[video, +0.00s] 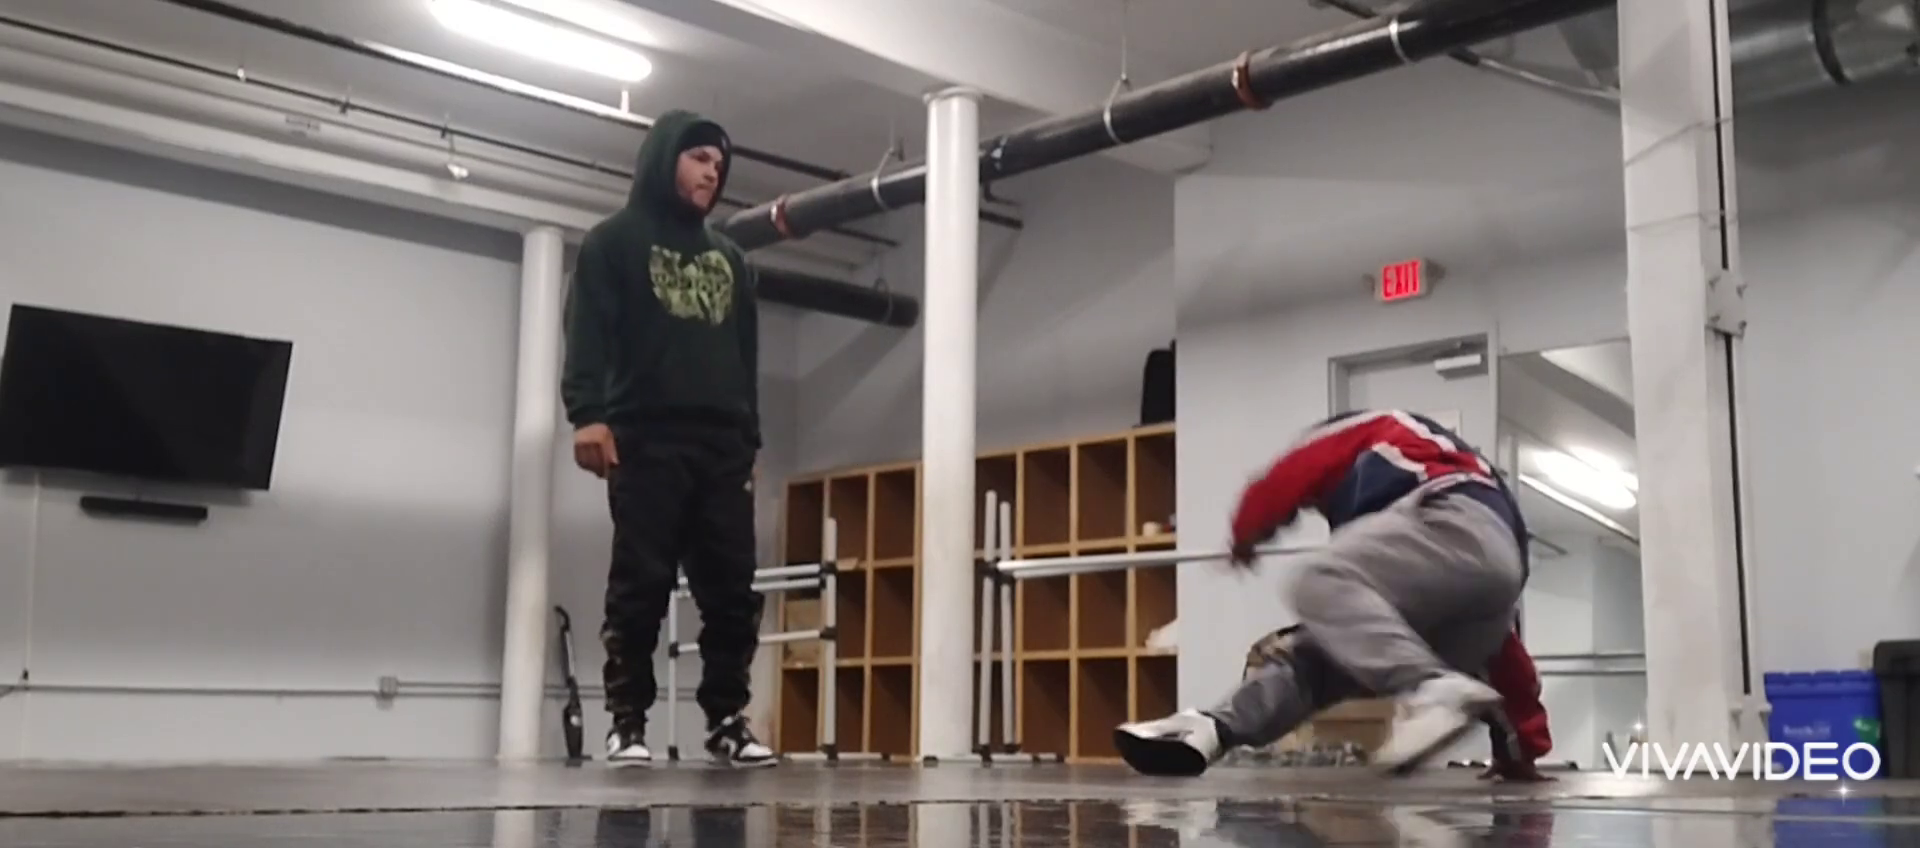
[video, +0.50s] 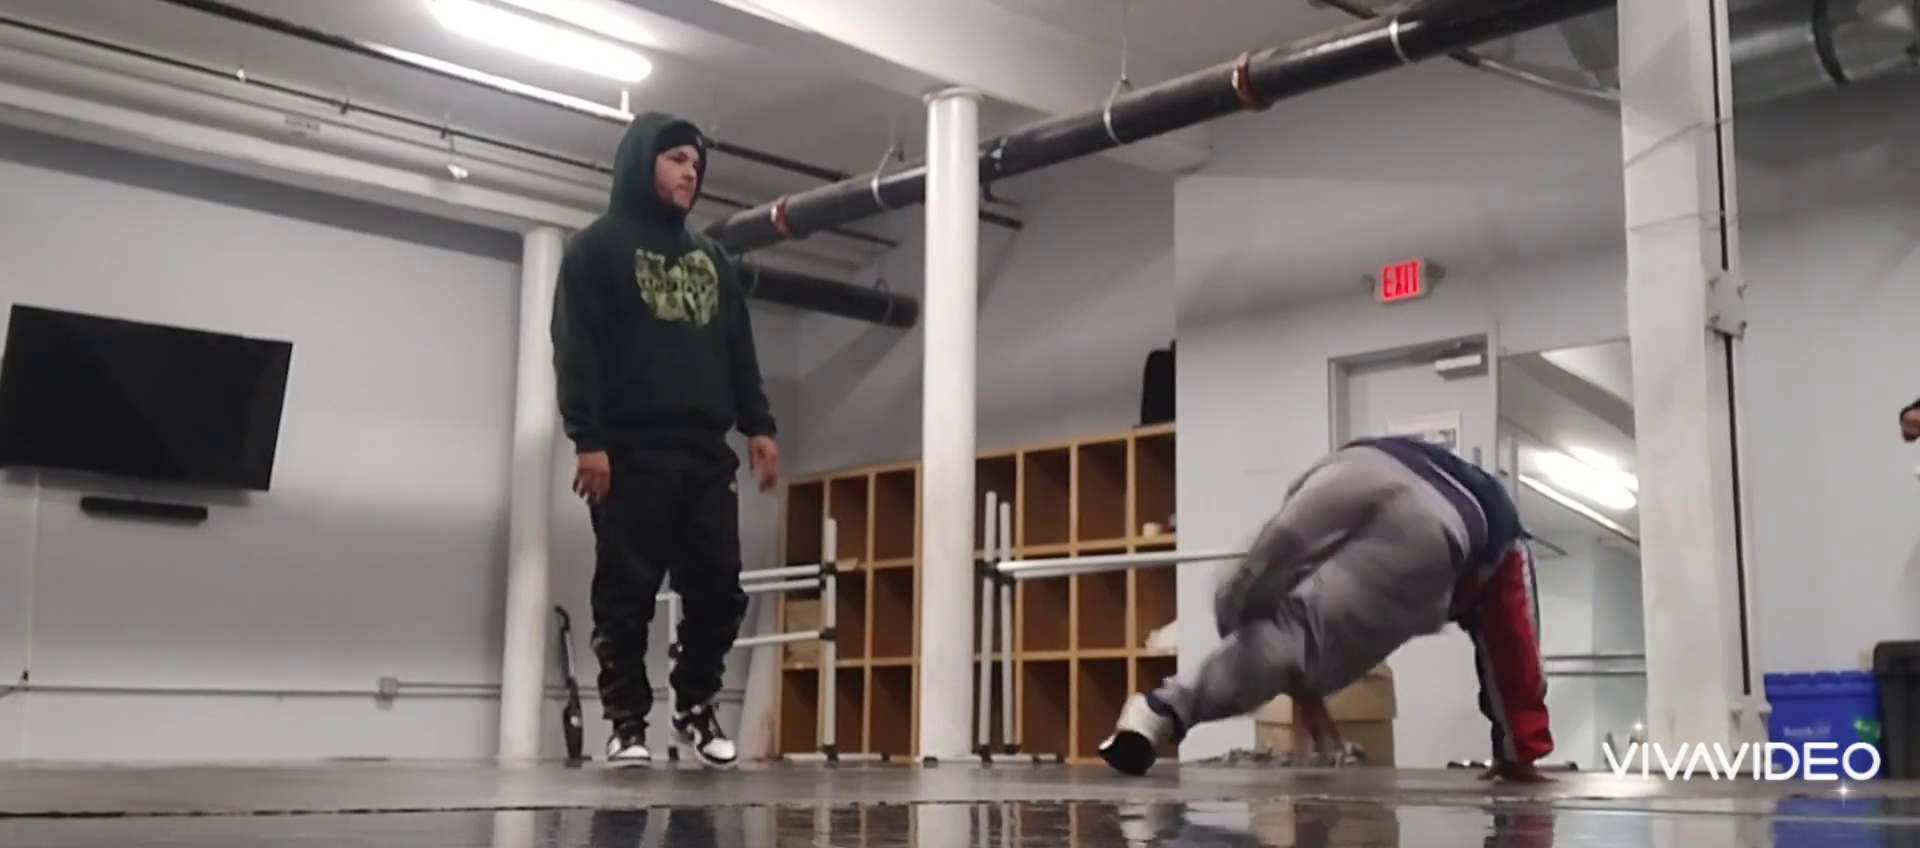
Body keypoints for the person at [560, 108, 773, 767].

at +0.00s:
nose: (710, 173)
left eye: (718, 164)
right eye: (699, 158)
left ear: (720, 176)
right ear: (662, 159)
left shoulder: (729, 255)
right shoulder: (613, 240)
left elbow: (744, 353)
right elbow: (588, 333)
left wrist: (746, 439)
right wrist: (589, 417)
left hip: (722, 441)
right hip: (646, 437)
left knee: (731, 590)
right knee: (640, 585)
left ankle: (727, 723)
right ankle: (628, 726)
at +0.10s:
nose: (703, 172)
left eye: (710, 164)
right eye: (691, 158)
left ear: (712, 176)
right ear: (654, 160)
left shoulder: (723, 256)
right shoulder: (606, 242)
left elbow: (739, 358)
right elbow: (580, 339)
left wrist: (748, 448)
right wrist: (582, 425)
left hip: (715, 442)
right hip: (638, 438)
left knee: (720, 594)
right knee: (633, 588)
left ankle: (704, 727)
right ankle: (627, 728)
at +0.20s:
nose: (697, 171)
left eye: (704, 162)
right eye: (685, 156)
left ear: (705, 174)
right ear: (647, 159)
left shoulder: (716, 253)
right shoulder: (601, 243)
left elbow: (741, 353)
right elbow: (578, 342)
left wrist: (753, 439)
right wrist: (580, 431)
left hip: (709, 445)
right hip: (634, 441)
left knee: (711, 595)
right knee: (629, 588)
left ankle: (690, 728)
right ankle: (627, 727)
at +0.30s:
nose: (692, 167)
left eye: (698, 159)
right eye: (679, 153)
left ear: (701, 173)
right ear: (644, 158)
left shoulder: (715, 252)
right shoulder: (598, 243)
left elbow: (741, 348)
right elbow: (576, 345)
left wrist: (760, 431)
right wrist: (582, 437)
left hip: (706, 446)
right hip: (630, 444)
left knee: (712, 593)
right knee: (628, 590)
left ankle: (697, 728)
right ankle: (627, 729)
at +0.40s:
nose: (689, 169)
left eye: (696, 161)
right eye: (676, 156)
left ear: (698, 175)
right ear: (642, 161)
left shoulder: (712, 256)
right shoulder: (596, 246)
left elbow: (740, 348)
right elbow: (575, 349)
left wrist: (762, 428)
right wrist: (584, 442)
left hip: (706, 448)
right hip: (631, 447)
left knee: (716, 594)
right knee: (628, 592)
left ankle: (699, 725)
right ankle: (627, 728)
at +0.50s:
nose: (689, 172)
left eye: (696, 164)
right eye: (677, 158)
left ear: (698, 177)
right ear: (642, 163)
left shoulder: (712, 256)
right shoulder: (596, 248)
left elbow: (739, 348)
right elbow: (575, 348)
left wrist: (759, 427)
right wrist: (589, 444)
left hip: (705, 450)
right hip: (630, 449)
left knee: (718, 591)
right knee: (626, 592)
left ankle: (695, 713)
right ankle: (627, 725)